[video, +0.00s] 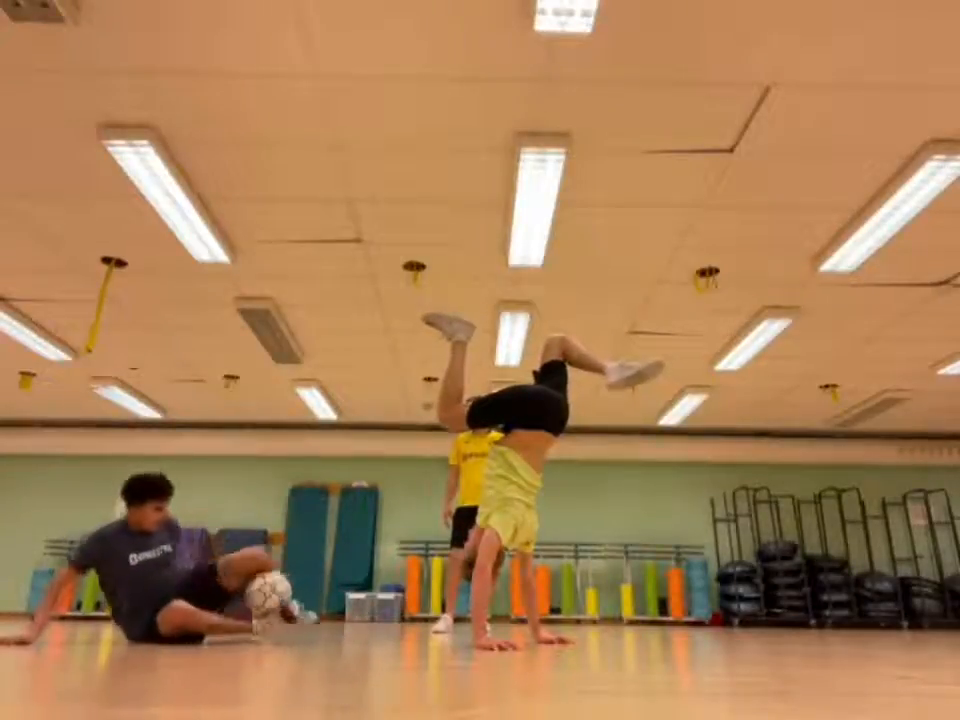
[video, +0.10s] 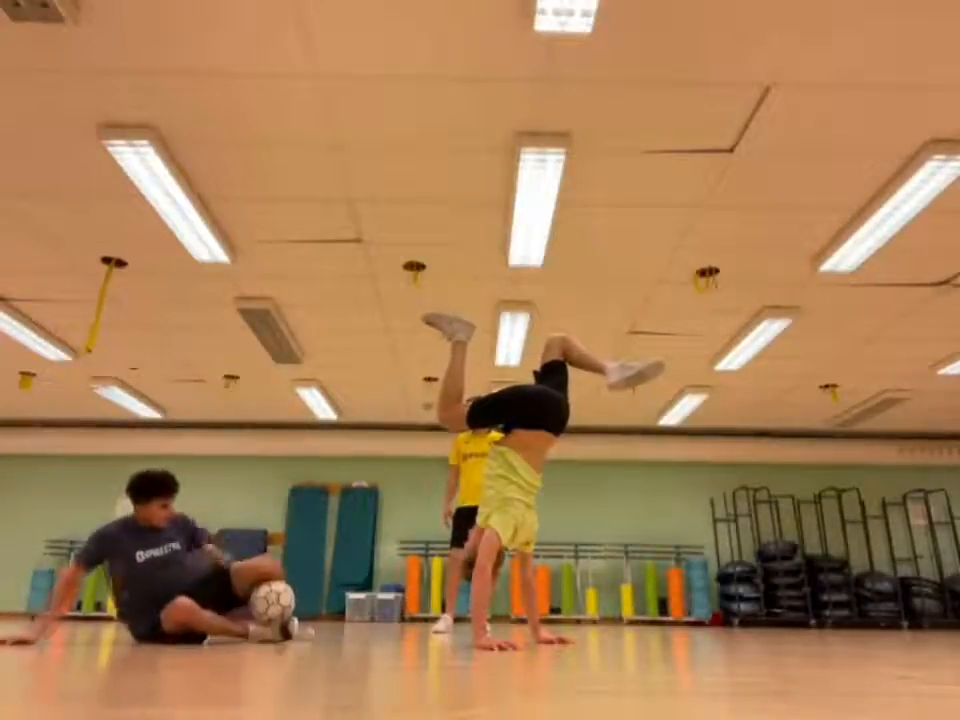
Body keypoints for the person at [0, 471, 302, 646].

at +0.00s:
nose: (165, 515)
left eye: (166, 508)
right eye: (158, 508)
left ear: (162, 506)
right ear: (135, 508)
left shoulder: (170, 530)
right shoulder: (103, 541)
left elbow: (194, 567)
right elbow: (65, 579)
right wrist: (35, 630)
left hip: (186, 591)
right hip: (146, 617)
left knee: (255, 557)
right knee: (179, 613)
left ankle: (280, 605)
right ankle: (256, 626)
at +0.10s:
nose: (171, 511)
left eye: (171, 504)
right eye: (164, 505)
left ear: (166, 504)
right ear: (143, 505)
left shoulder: (180, 524)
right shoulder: (111, 536)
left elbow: (214, 555)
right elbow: (72, 575)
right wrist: (44, 627)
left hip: (201, 589)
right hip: (153, 613)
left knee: (269, 566)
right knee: (183, 609)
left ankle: (274, 620)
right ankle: (254, 632)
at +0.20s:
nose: (171, 506)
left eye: (171, 499)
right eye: (163, 501)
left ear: (169, 500)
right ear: (141, 503)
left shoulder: (184, 518)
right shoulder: (115, 535)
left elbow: (231, 524)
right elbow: (73, 576)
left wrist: (276, 526)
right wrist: (48, 631)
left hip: (203, 586)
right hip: (157, 612)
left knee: (269, 569)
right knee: (194, 611)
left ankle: (285, 622)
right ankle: (261, 633)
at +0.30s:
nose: (153, 497)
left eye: (153, 489)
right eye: (143, 494)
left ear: (157, 485)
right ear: (123, 498)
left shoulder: (174, 498)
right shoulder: (110, 529)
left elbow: (218, 475)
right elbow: (73, 574)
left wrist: (237, 445)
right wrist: (48, 631)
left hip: (207, 577)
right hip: (165, 603)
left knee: (273, 571)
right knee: (199, 608)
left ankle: (284, 615)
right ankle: (270, 634)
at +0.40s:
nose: (114, 485)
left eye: (111, 476)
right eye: (104, 485)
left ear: (115, 465)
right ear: (95, 487)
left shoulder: (141, 461)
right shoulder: (99, 519)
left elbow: (143, 405)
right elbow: (73, 575)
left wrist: (104, 378)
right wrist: (47, 633)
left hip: (204, 539)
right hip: (171, 569)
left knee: (266, 560)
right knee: (200, 589)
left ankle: (290, 611)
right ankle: (275, 632)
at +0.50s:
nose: (74, 479)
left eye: (68, 471)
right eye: (65, 482)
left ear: (67, 460)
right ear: (57, 487)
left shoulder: (86, 445)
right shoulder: (82, 517)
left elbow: (56, 399)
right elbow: (70, 574)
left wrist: (11, 373)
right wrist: (45, 633)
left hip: (193, 491)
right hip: (172, 527)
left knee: (257, 524)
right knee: (210, 565)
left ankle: (289, 563)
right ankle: (269, 624)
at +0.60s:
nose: (54, 477)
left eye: (48, 470)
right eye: (44, 483)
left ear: (47, 458)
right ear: (38, 493)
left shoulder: (58, 446)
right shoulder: (70, 516)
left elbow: (29, 419)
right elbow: (69, 573)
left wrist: (5, 400)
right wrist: (46, 632)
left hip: (172, 461)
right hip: (159, 503)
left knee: (244, 489)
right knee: (211, 541)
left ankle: (308, 528)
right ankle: (268, 587)